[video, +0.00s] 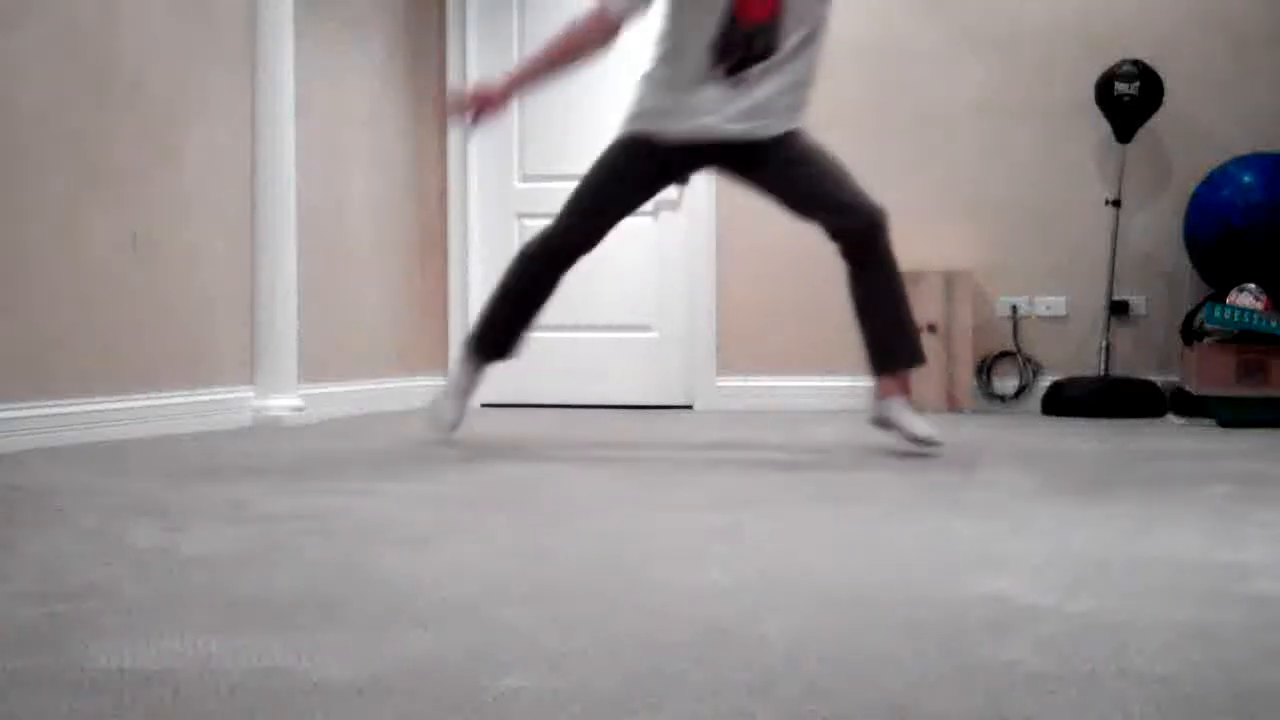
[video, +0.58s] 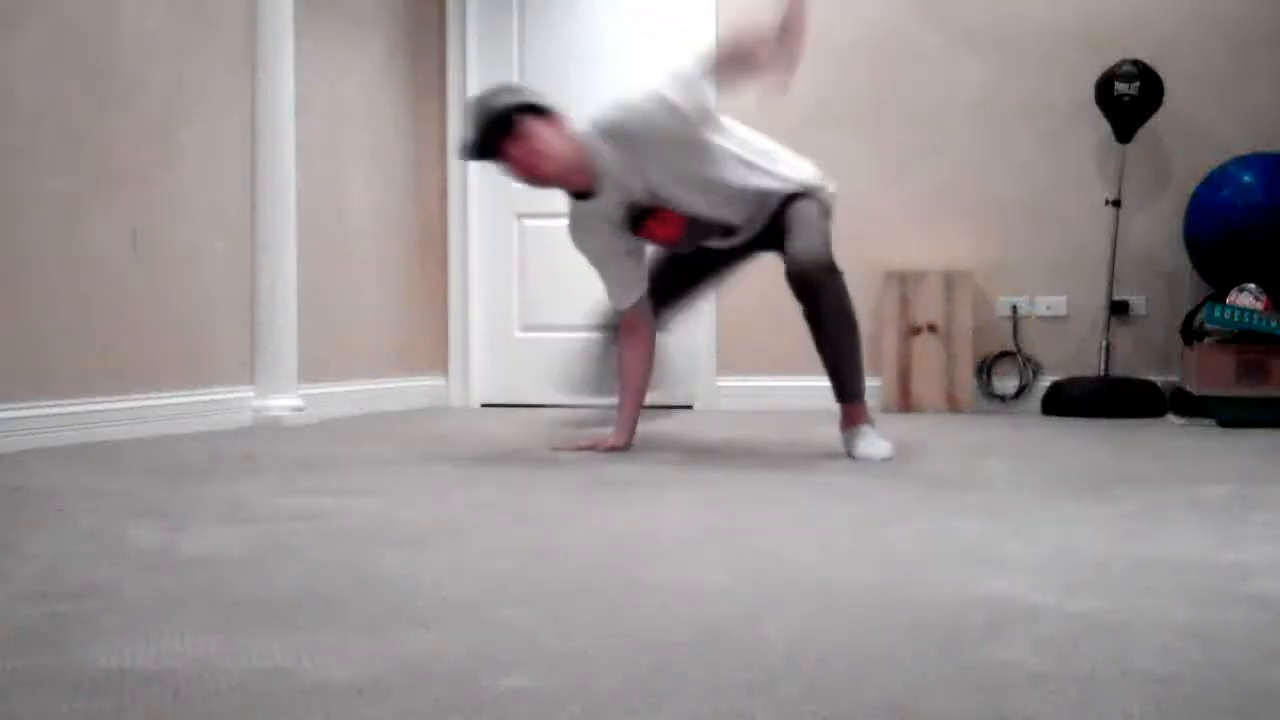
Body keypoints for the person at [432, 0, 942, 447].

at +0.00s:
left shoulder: (811, 11)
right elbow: (601, 25)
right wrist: (504, 90)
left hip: (763, 131)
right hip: (665, 128)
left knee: (863, 225)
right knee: (564, 241)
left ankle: (892, 395)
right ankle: (471, 367)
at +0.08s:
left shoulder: (792, 8)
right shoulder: (662, 11)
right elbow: (590, 92)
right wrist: (498, 165)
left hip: (734, 166)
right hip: (638, 171)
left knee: (834, 246)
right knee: (547, 282)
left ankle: (862, 416)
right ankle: (447, 386)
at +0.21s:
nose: (726, 42)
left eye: (737, 29)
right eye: (715, 28)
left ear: (752, 29)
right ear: (692, 29)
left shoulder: (762, 67)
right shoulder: (657, 96)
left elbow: (835, 52)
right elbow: (604, 203)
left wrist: (904, 19)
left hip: (693, 217)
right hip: (612, 224)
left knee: (801, 262)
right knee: (522, 342)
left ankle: (852, 423)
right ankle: (437, 433)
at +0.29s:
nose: (712, 91)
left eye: (720, 75)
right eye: (698, 78)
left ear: (734, 72)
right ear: (670, 80)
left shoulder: (751, 98)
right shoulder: (634, 140)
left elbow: (842, 91)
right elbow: (619, 289)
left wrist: (932, 71)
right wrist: (585, 409)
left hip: (685, 232)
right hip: (602, 241)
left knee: (791, 262)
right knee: (510, 357)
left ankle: (849, 423)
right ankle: (436, 425)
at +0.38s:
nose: (681, 127)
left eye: (687, 110)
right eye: (664, 118)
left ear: (700, 104)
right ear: (638, 124)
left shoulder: (733, 117)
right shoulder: (619, 185)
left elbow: (830, 113)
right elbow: (633, 319)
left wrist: (891, 117)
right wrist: (622, 431)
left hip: (696, 233)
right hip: (620, 248)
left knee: (793, 262)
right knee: (522, 349)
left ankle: (849, 424)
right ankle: (429, 430)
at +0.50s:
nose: (575, 157)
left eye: (578, 137)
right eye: (561, 151)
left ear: (608, 124)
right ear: (557, 162)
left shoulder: (676, 141)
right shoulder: (597, 213)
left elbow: (785, 113)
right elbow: (631, 326)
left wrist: (766, 137)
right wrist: (622, 434)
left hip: (754, 214)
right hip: (671, 241)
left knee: (817, 266)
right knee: (572, 308)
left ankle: (851, 424)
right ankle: (473, 391)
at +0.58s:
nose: (523, 164)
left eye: (521, 142)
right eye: (508, 159)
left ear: (553, 122)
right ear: (510, 173)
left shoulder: (638, 121)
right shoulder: (592, 226)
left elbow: (715, 66)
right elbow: (635, 319)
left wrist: (776, 48)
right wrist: (623, 432)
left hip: (785, 194)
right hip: (720, 233)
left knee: (810, 265)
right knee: (634, 316)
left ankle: (856, 422)